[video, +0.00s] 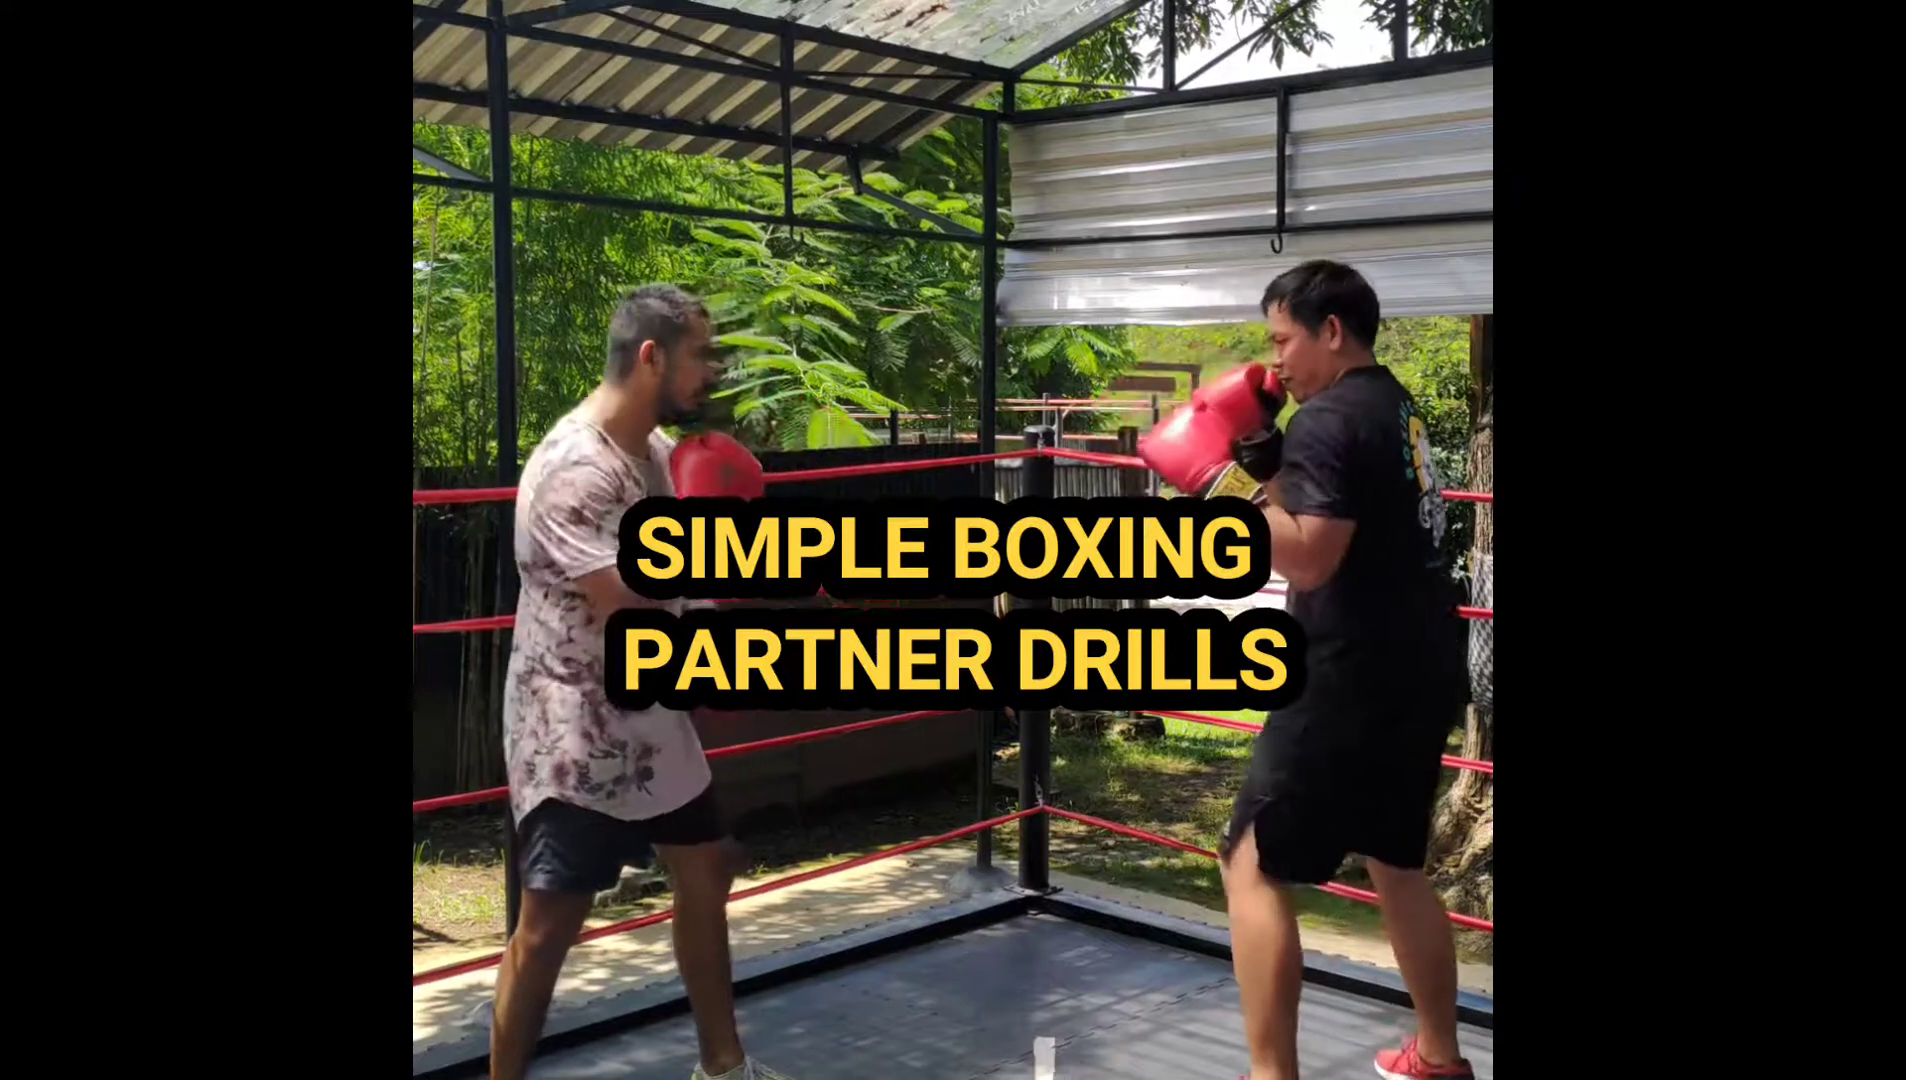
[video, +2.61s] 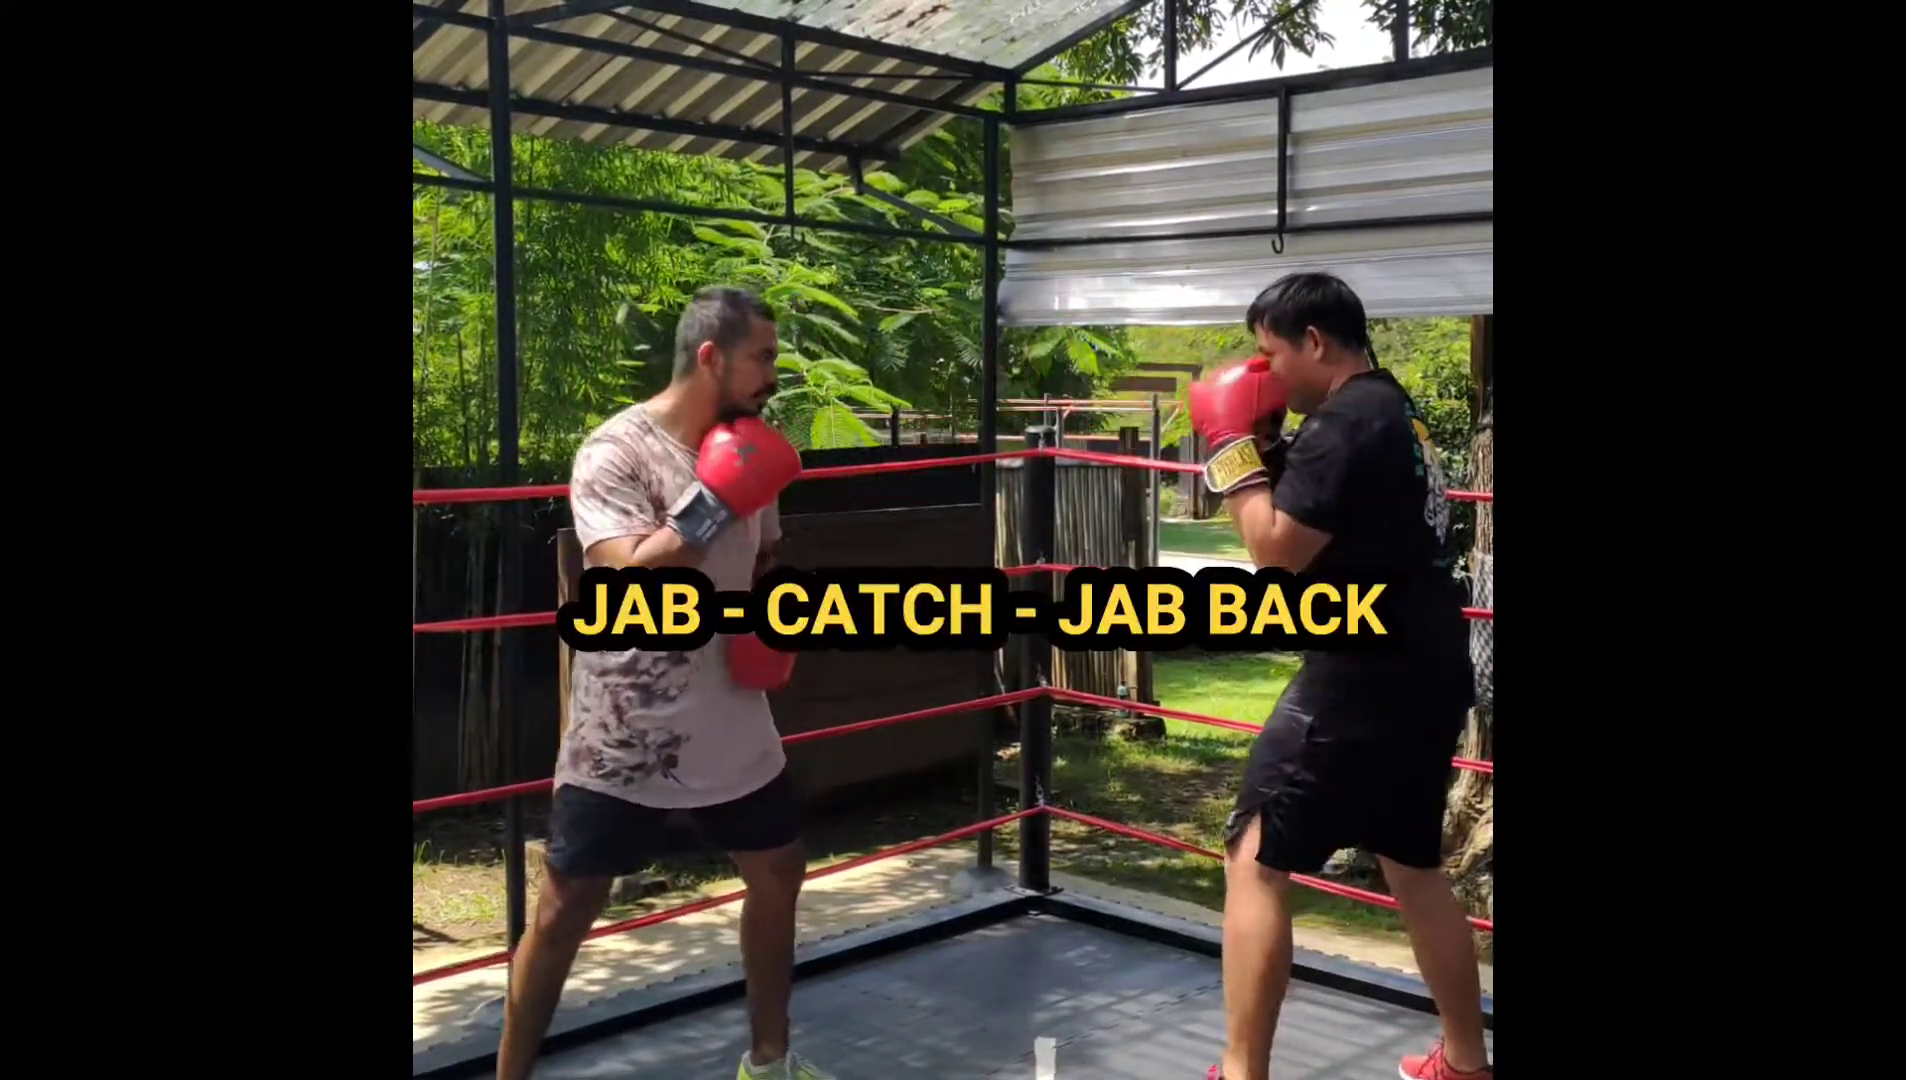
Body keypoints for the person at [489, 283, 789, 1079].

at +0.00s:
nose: (711, 373)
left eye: (712, 356)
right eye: (702, 356)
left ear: (653, 358)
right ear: (649, 354)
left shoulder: (656, 454)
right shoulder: (569, 470)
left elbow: (687, 571)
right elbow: (620, 603)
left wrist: (738, 515)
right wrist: (725, 551)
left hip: (653, 714)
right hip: (570, 724)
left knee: (705, 874)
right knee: (545, 928)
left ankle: (724, 1063)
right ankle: (505, 1077)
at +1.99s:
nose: (743, 381)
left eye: (745, 365)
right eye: (735, 364)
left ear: (688, 366)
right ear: (681, 362)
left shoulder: (697, 459)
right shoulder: (587, 461)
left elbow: (694, 561)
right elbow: (624, 585)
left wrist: (756, 555)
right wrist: (705, 511)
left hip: (702, 728)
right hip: (603, 743)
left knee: (767, 876)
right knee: (562, 933)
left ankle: (767, 1062)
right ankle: (517, 1076)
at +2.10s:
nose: (776, 367)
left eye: (778, 351)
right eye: (766, 350)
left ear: (721, 351)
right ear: (710, 346)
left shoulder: (746, 450)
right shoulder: (617, 441)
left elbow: (814, 513)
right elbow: (626, 551)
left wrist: (866, 487)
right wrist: (719, 486)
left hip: (735, 710)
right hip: (626, 720)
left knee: (775, 873)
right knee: (574, 912)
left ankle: (767, 1060)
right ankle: (521, 1074)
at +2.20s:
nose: (795, 367)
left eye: (798, 352)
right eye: (783, 350)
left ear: (760, 352)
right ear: (728, 346)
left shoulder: (790, 441)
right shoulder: (639, 437)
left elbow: (894, 467)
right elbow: (629, 547)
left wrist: (954, 419)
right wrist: (731, 486)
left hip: (749, 716)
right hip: (636, 722)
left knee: (788, 873)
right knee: (576, 907)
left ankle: (768, 1059)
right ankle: (525, 1074)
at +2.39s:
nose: (811, 375)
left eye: (813, 358)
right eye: (799, 357)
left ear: (762, 360)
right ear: (742, 354)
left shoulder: (797, 449)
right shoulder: (652, 443)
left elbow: (900, 512)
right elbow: (644, 563)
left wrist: (945, 476)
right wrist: (746, 496)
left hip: (761, 718)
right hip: (646, 719)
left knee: (800, 874)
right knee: (578, 902)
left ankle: (770, 1059)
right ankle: (524, 1073)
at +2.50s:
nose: (796, 374)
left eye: (797, 358)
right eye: (784, 357)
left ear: (746, 358)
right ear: (729, 354)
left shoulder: (778, 456)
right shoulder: (636, 447)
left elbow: (815, 558)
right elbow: (636, 566)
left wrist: (860, 549)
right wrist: (733, 501)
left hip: (751, 722)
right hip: (638, 724)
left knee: (790, 874)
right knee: (572, 905)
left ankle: (770, 1059)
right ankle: (511, 1073)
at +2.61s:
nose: (774, 375)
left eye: (775, 358)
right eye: (763, 358)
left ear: (719, 361)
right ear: (709, 356)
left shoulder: (751, 460)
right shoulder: (611, 452)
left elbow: (769, 576)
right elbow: (624, 576)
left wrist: (775, 641)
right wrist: (716, 496)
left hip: (732, 721)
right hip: (619, 731)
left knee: (779, 875)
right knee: (565, 909)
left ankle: (770, 1059)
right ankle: (509, 1074)